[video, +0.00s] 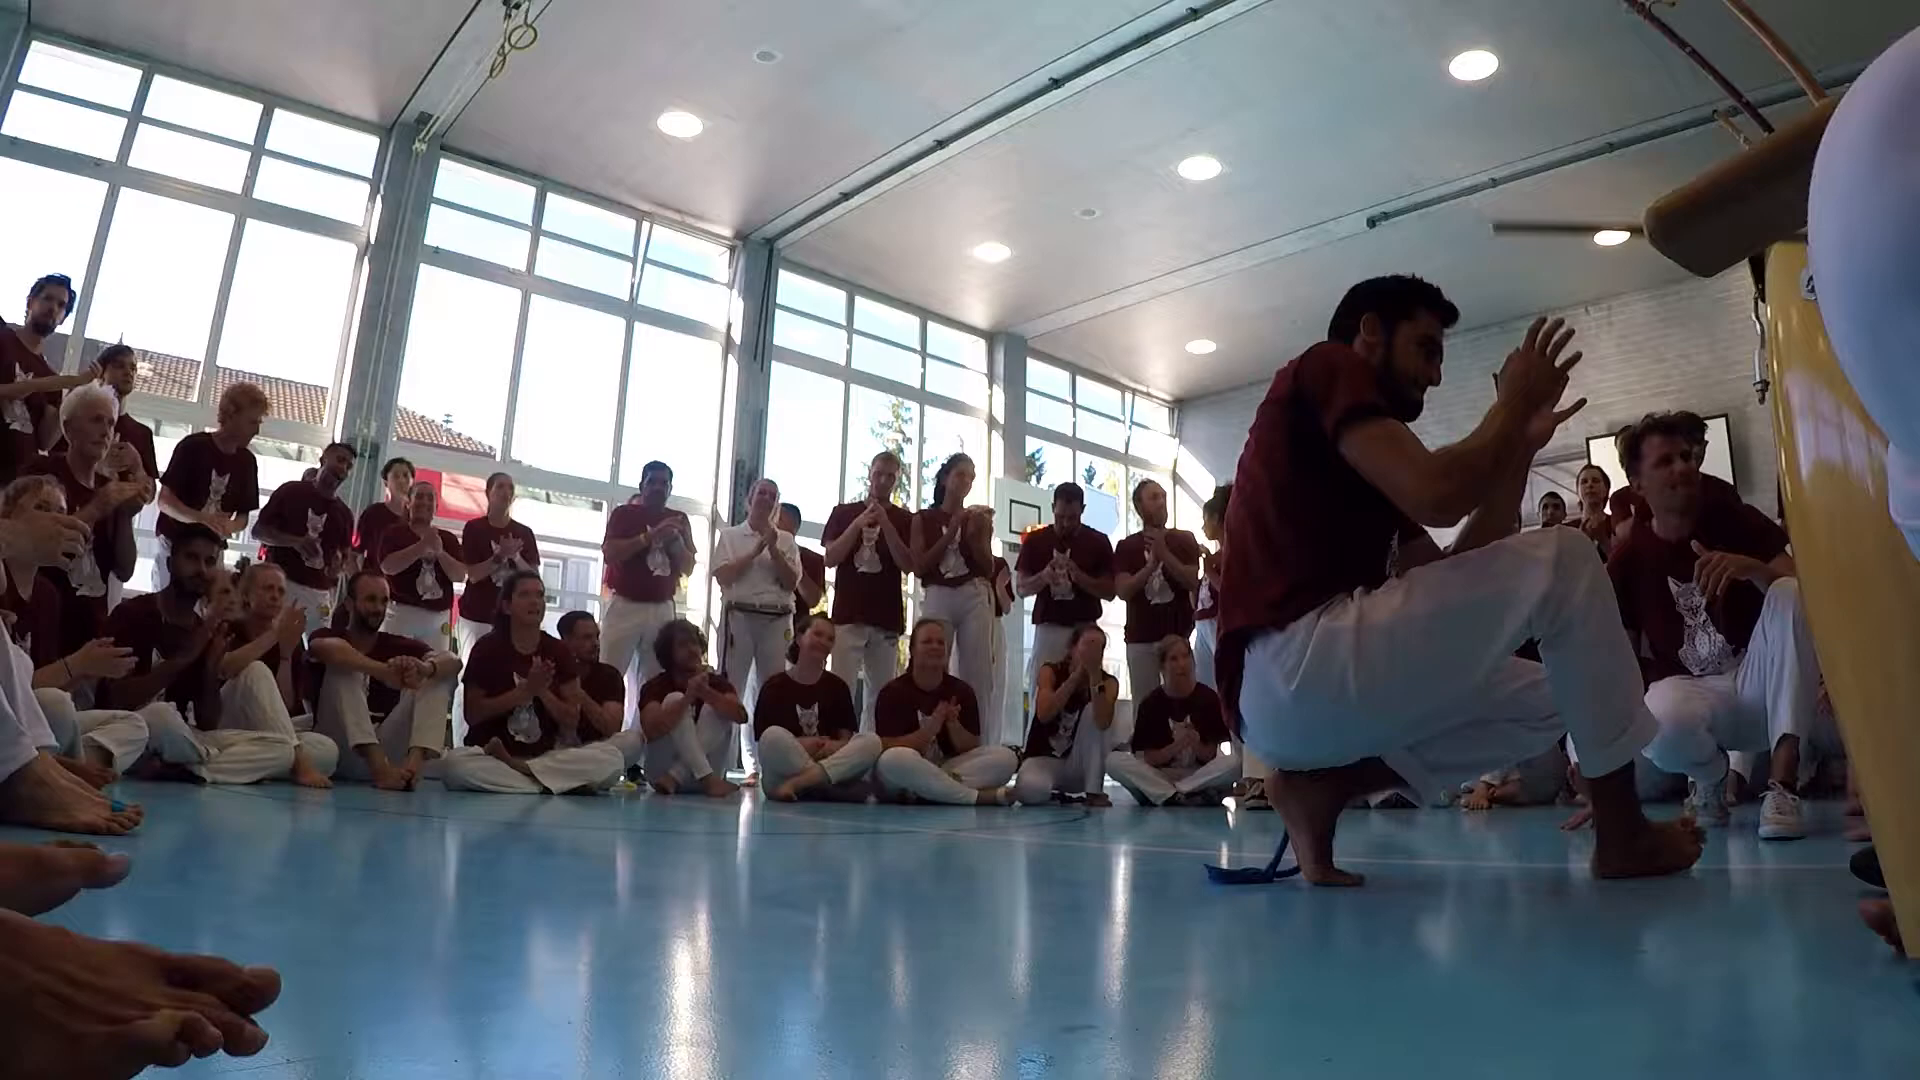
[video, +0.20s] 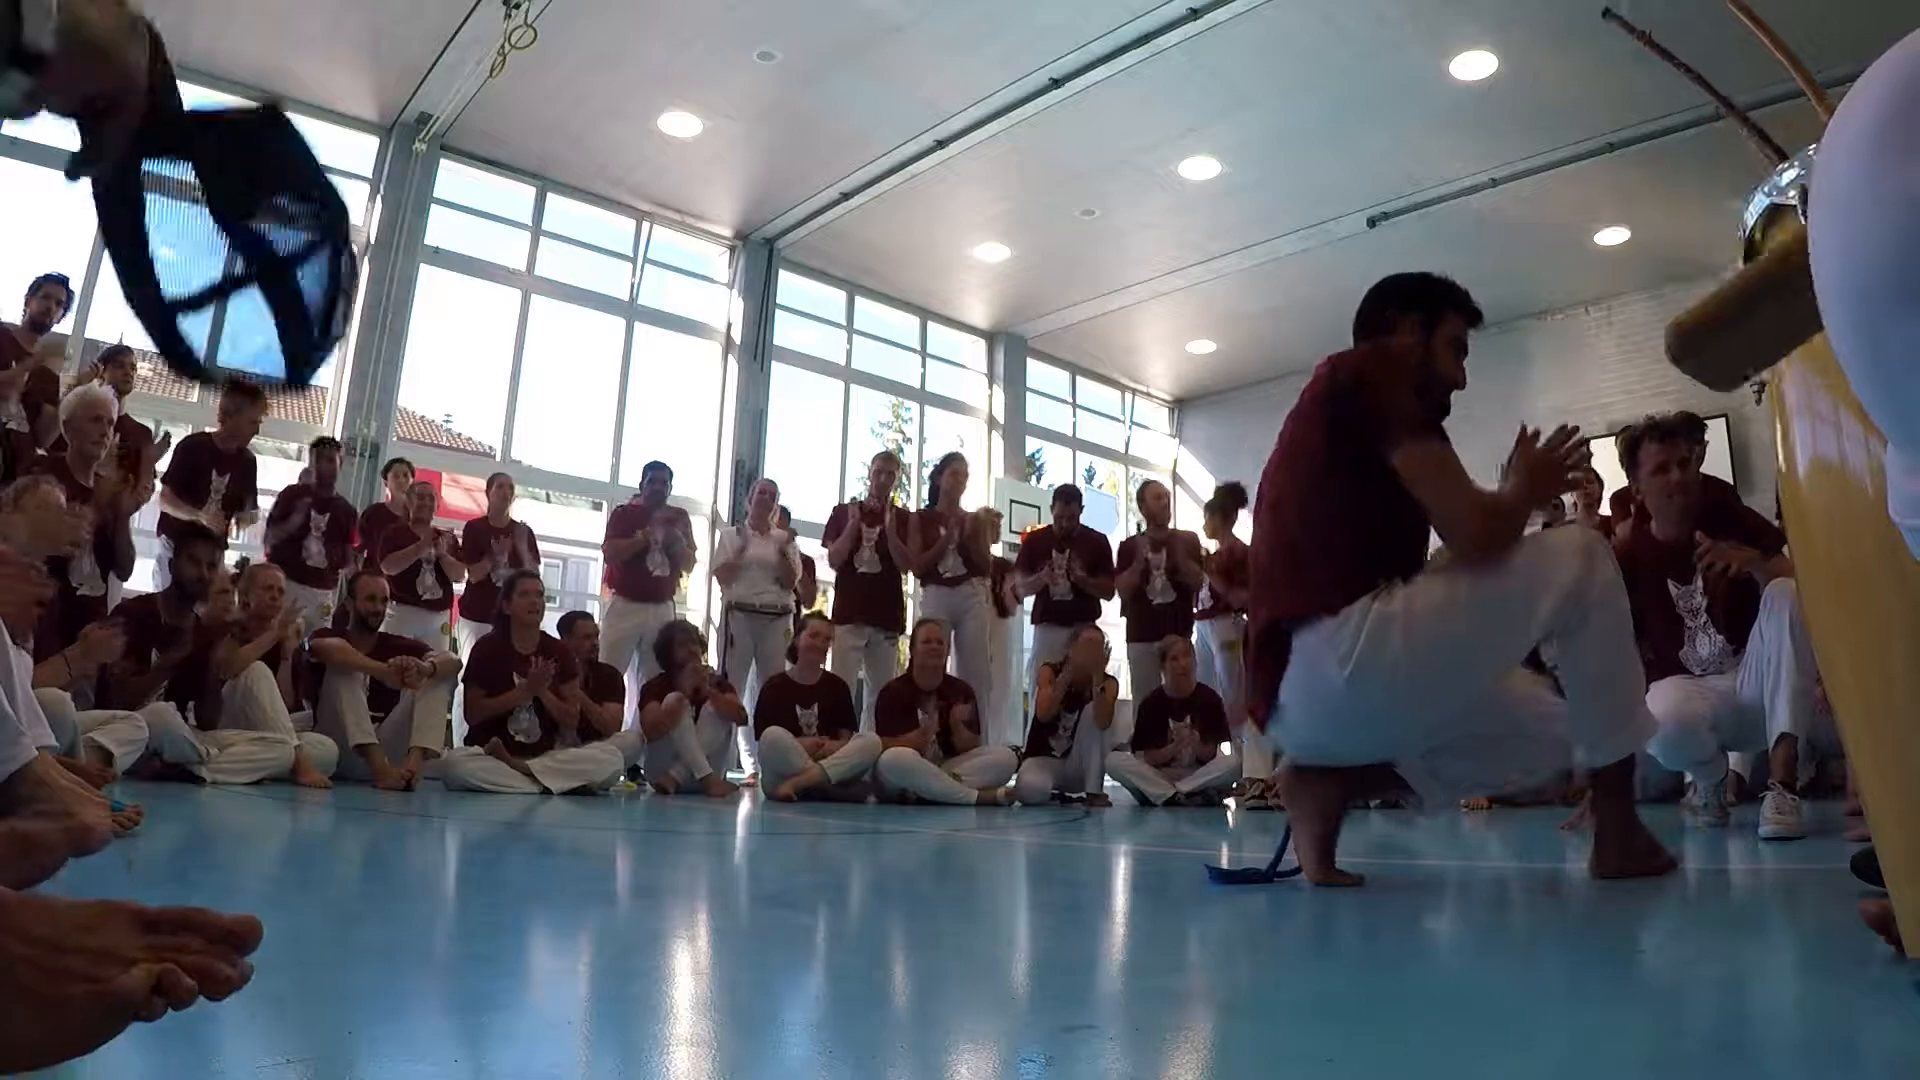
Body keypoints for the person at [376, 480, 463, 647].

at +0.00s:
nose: (425, 502)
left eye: (430, 498)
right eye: (420, 497)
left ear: (436, 506)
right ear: (409, 503)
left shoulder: (448, 538)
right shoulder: (395, 533)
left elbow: (460, 576)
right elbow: (387, 567)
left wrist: (440, 554)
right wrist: (421, 547)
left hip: (437, 615)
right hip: (400, 611)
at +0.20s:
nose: (426, 503)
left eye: (431, 498)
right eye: (420, 497)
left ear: (437, 505)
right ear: (408, 501)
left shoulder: (447, 538)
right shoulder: (394, 533)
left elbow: (460, 576)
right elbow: (387, 567)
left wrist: (442, 555)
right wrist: (421, 547)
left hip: (437, 615)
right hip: (400, 610)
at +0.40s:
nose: (425, 503)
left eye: (430, 499)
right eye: (420, 497)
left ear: (436, 505)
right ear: (409, 503)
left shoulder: (447, 539)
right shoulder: (394, 533)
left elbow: (459, 576)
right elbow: (387, 567)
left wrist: (442, 554)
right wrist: (421, 546)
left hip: (437, 615)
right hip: (400, 610)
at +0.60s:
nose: (425, 503)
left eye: (430, 499)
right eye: (420, 497)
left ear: (435, 505)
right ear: (408, 502)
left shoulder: (444, 538)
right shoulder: (394, 533)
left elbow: (457, 577)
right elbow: (387, 568)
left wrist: (447, 551)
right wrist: (417, 547)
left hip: (436, 614)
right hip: (401, 610)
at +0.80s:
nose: (425, 503)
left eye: (430, 498)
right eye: (419, 498)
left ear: (435, 504)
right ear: (407, 503)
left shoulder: (445, 538)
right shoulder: (395, 532)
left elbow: (457, 577)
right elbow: (387, 568)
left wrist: (443, 555)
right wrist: (419, 545)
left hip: (436, 614)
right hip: (401, 610)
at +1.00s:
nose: (425, 502)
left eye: (429, 498)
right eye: (419, 497)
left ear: (435, 504)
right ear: (408, 502)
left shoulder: (446, 539)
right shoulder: (395, 533)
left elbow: (458, 575)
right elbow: (389, 567)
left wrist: (436, 554)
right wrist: (421, 548)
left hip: (436, 615)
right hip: (400, 611)